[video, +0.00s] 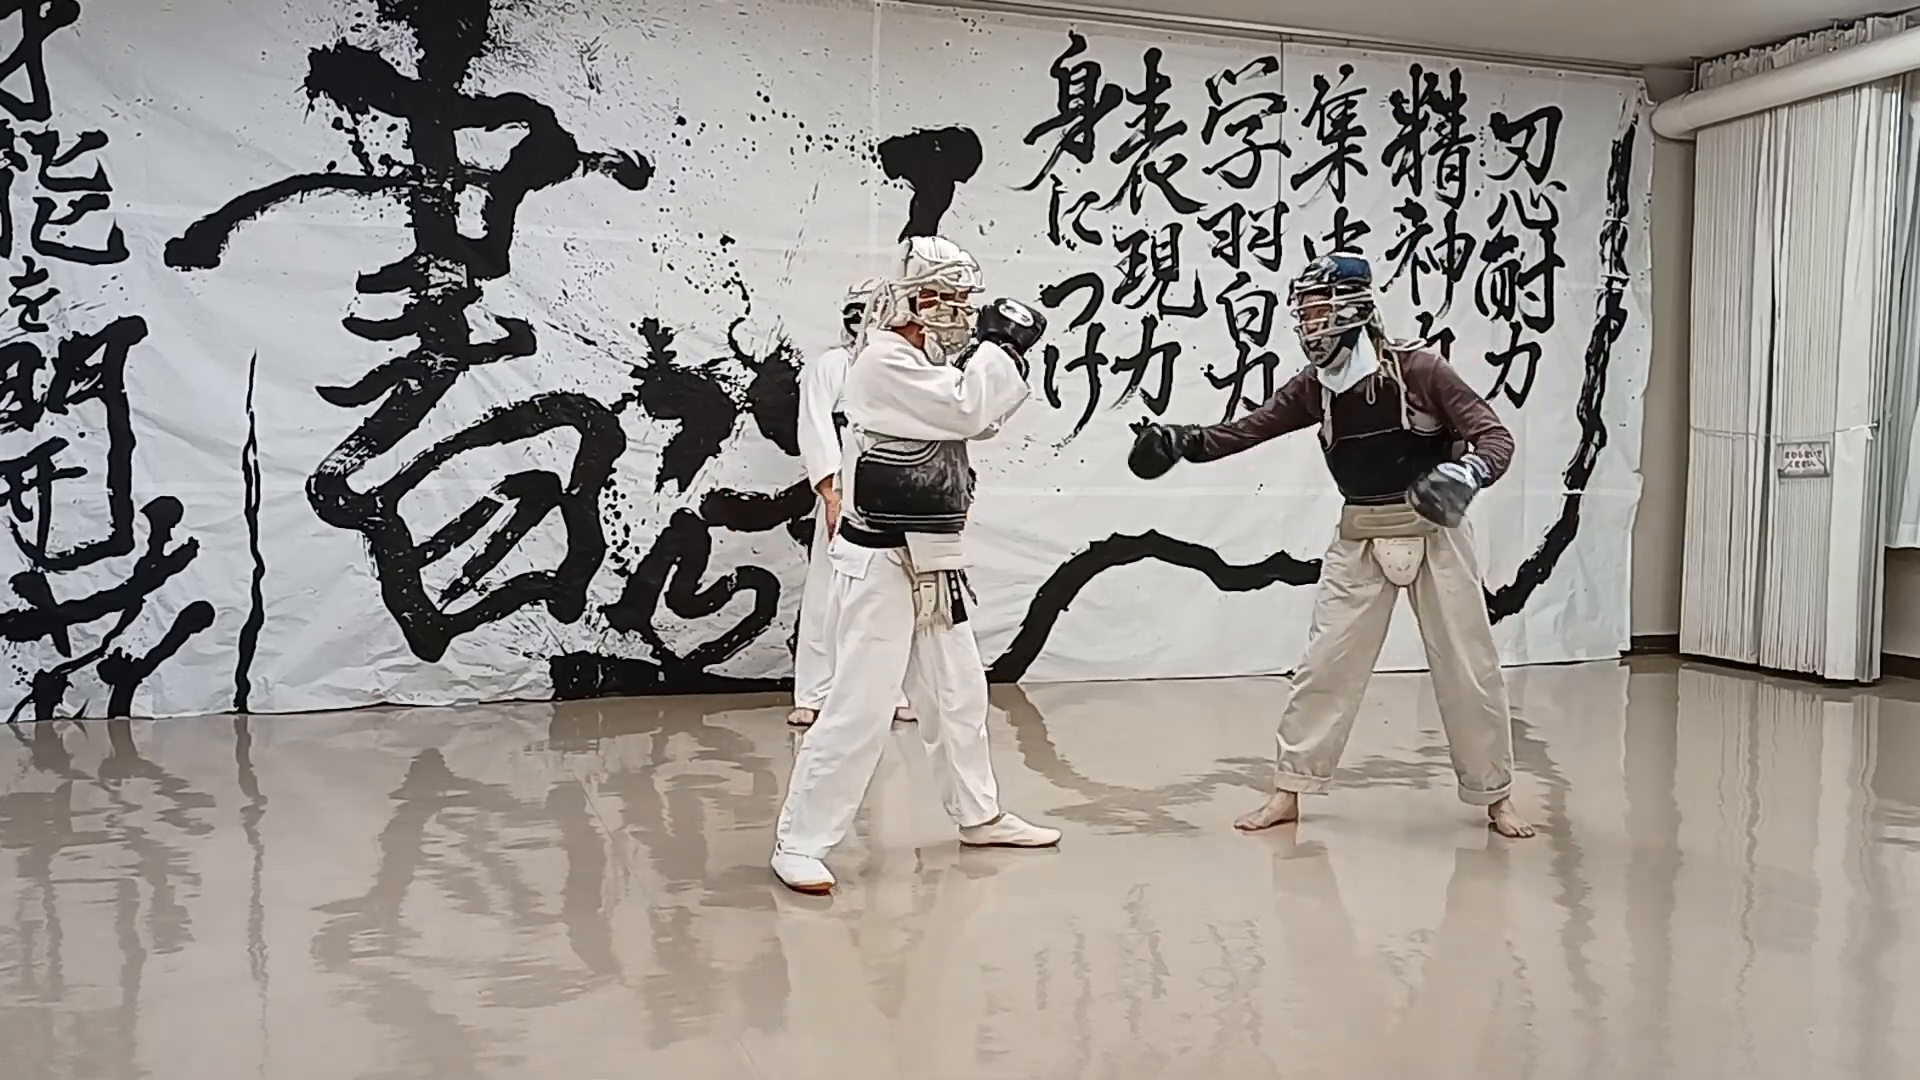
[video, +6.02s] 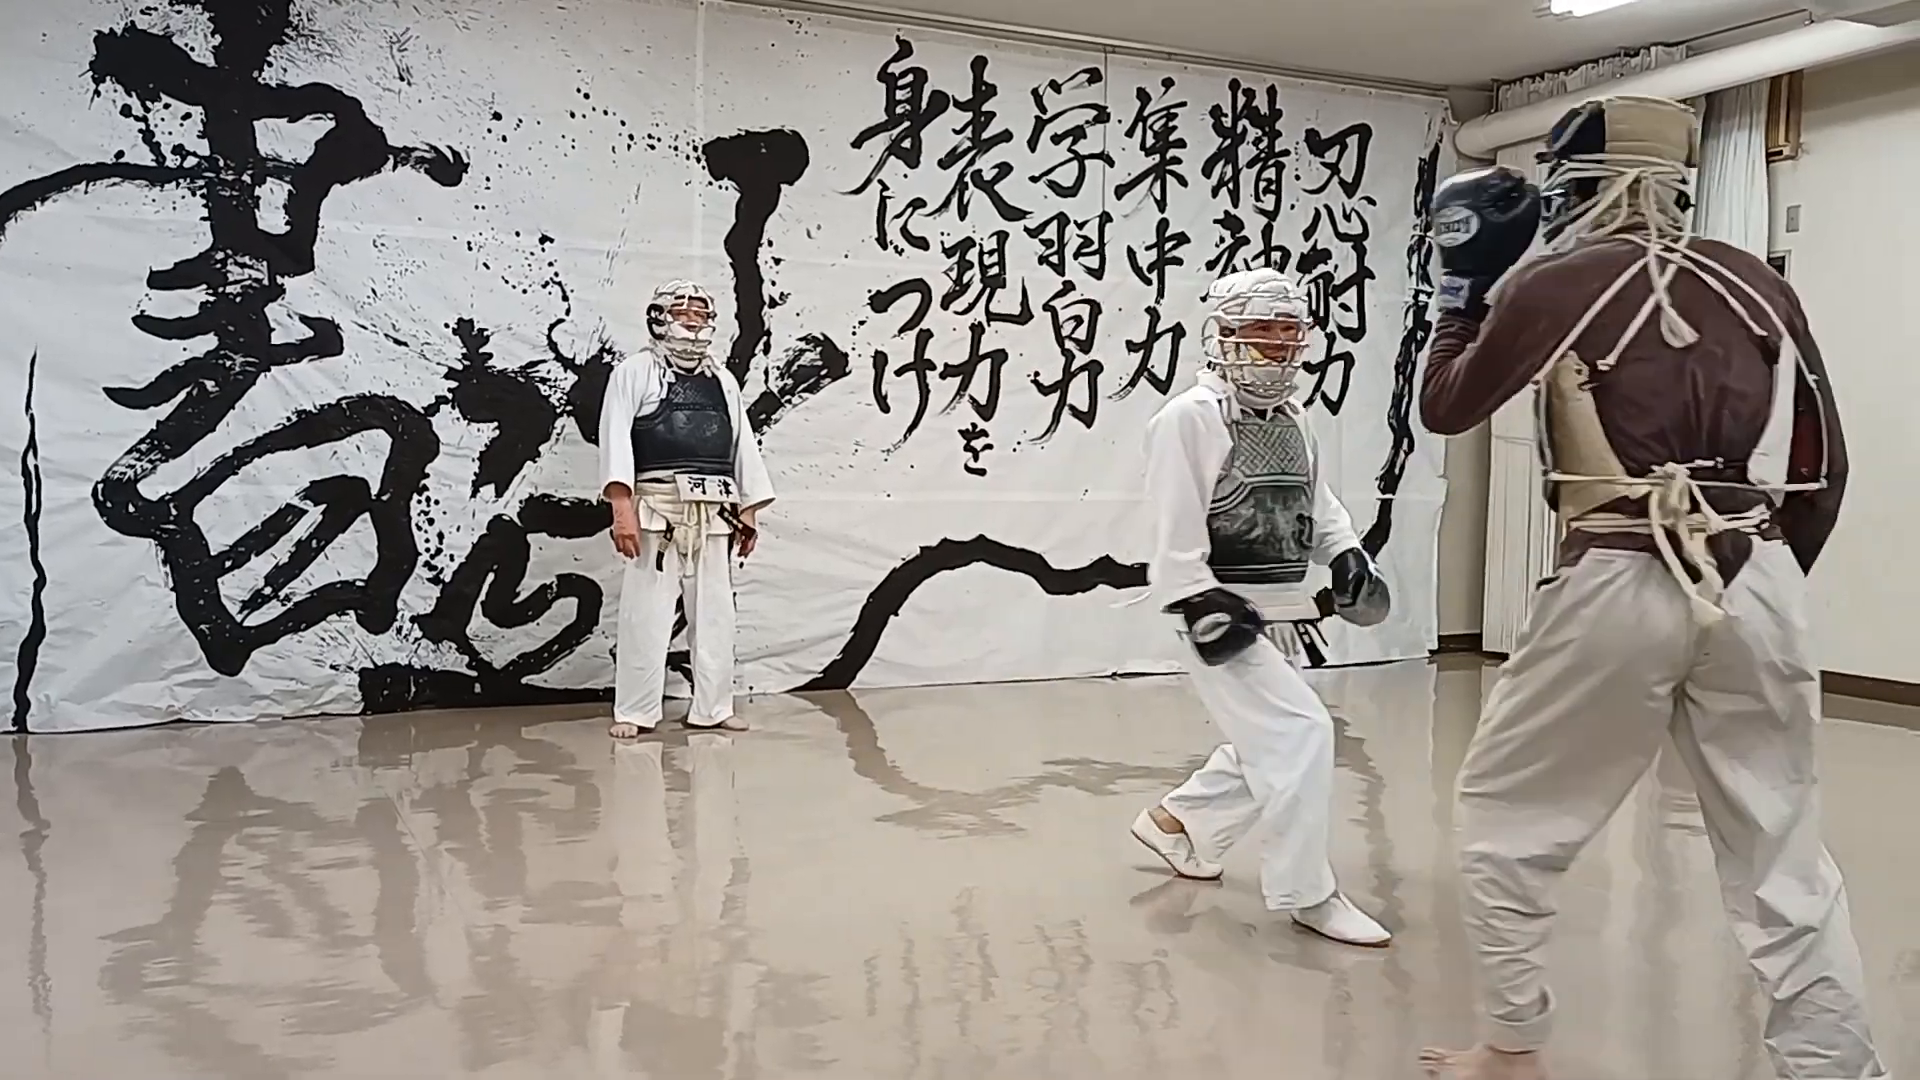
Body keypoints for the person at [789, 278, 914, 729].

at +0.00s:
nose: (866, 328)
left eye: (874, 319)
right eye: (860, 318)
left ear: (887, 321)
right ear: (850, 321)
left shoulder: (902, 366)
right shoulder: (827, 365)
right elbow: (814, 429)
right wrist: (830, 490)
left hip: (891, 495)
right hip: (842, 493)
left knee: (890, 597)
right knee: (824, 595)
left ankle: (891, 690)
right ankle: (812, 693)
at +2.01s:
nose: (868, 325)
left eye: (875, 319)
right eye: (858, 317)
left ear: (882, 326)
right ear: (836, 322)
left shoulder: (893, 381)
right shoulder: (810, 373)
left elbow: (912, 446)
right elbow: (789, 441)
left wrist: (920, 507)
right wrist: (794, 508)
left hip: (884, 509)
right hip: (825, 508)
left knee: (888, 612)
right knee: (820, 613)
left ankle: (886, 706)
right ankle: (811, 709)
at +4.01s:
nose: (752, 325)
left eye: (758, 319)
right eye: (742, 317)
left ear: (763, 326)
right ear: (717, 320)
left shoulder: (772, 381)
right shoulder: (687, 374)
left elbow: (791, 448)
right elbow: (669, 443)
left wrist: (798, 512)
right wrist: (677, 511)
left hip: (766, 511)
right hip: (706, 510)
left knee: (768, 615)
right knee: (699, 616)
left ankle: (765, 710)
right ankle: (689, 715)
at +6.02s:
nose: (692, 320)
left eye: (700, 314)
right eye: (682, 312)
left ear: (708, 322)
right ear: (661, 318)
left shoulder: (722, 378)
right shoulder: (635, 369)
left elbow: (743, 446)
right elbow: (615, 439)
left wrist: (748, 511)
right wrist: (622, 507)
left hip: (714, 510)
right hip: (652, 509)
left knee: (716, 616)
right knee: (645, 617)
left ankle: (712, 709)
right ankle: (635, 715)